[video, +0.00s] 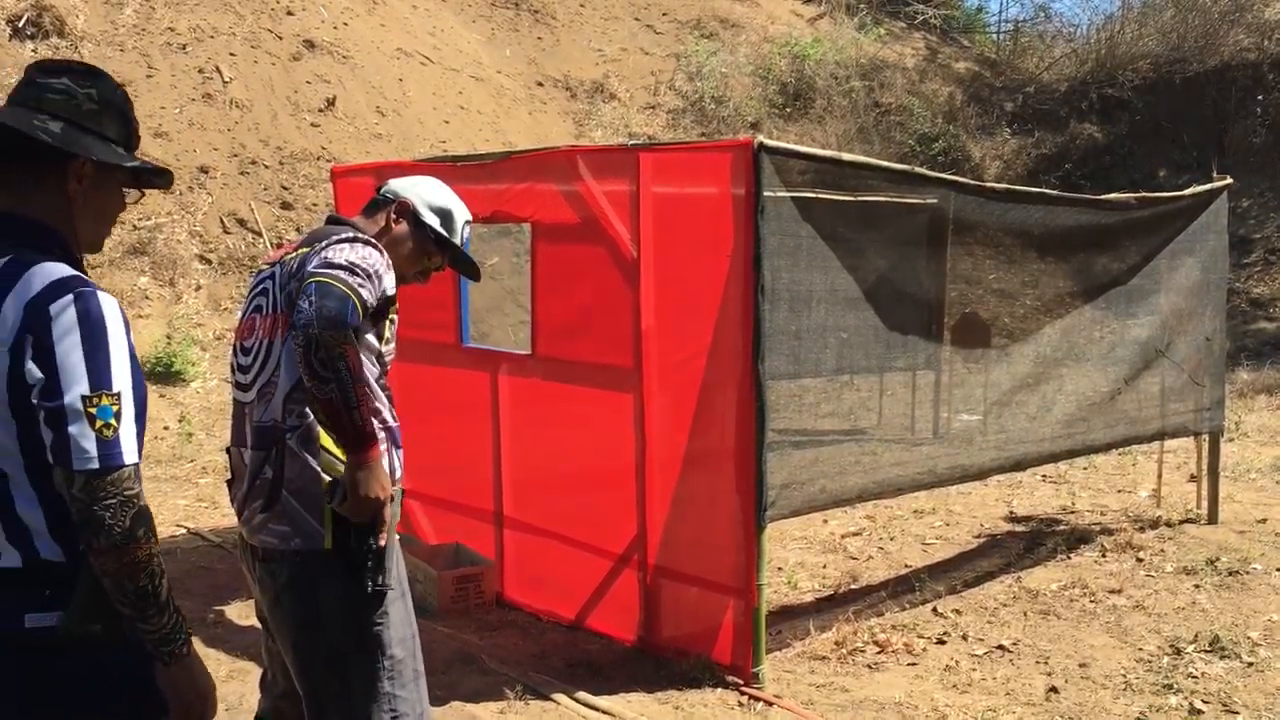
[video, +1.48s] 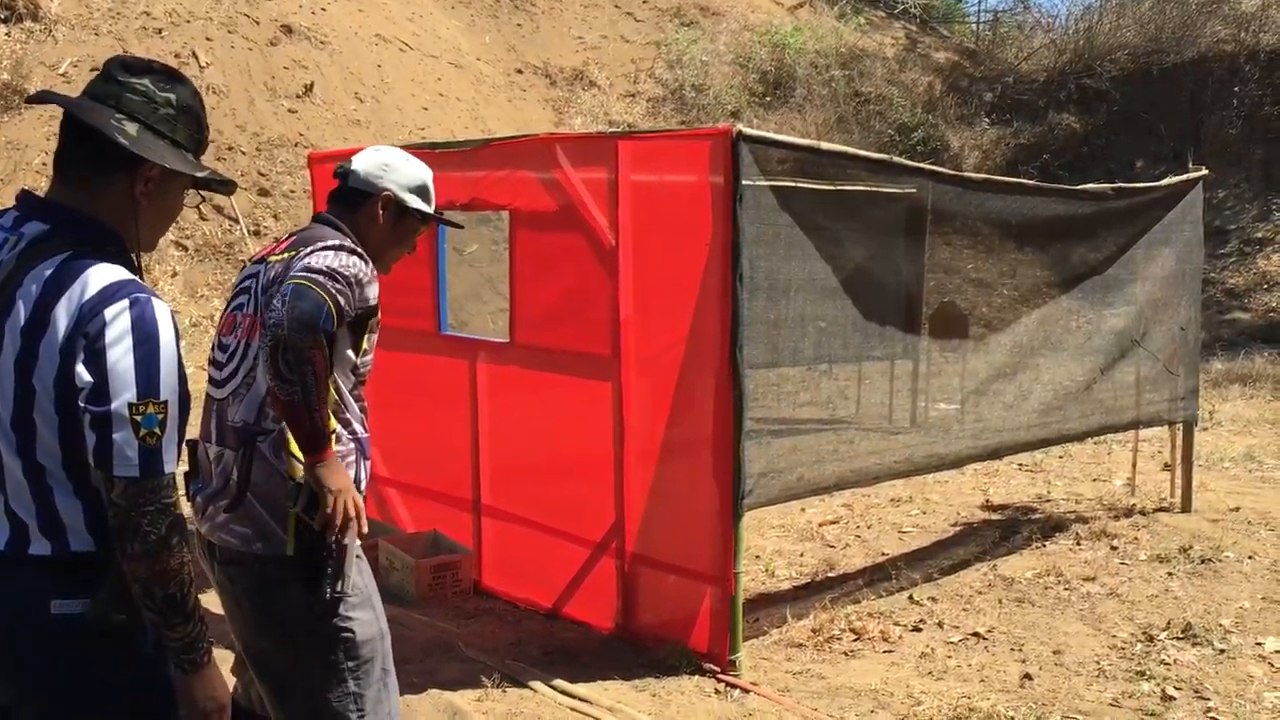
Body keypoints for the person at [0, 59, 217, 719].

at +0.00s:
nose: (125, 202)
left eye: (128, 184)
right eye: (121, 181)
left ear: (17, 165)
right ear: (79, 177)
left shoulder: (16, 286)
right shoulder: (70, 307)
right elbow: (111, 516)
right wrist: (176, 649)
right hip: (67, 645)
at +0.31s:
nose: (179, 216)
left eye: (187, 200)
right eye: (182, 197)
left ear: (66, 159)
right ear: (144, 184)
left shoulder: (7, 251)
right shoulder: (128, 315)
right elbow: (161, 527)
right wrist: (216, 661)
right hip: (92, 639)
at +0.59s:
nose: (191, 218)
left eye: (198, 198)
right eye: (194, 196)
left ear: (78, 160)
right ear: (153, 187)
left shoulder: (7, 247)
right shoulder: (133, 318)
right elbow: (157, 528)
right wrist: (205, 672)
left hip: (8, 592)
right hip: (91, 625)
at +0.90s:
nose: (191, 218)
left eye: (198, 197)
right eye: (193, 195)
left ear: (78, 160)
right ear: (152, 189)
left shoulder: (6, 246)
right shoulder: (131, 318)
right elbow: (155, 536)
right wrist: (203, 672)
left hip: (8, 590)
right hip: (93, 622)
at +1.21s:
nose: (187, 216)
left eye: (193, 197)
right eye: (189, 194)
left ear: (75, 158)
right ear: (150, 188)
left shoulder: (9, 244)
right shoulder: (129, 316)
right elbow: (153, 530)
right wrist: (203, 664)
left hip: (11, 589)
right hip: (92, 621)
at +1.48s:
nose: (181, 209)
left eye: (187, 190)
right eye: (184, 189)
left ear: (69, 154)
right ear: (146, 183)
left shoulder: (10, 241)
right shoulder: (125, 314)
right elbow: (145, 523)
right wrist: (196, 659)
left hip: (12, 585)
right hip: (84, 617)